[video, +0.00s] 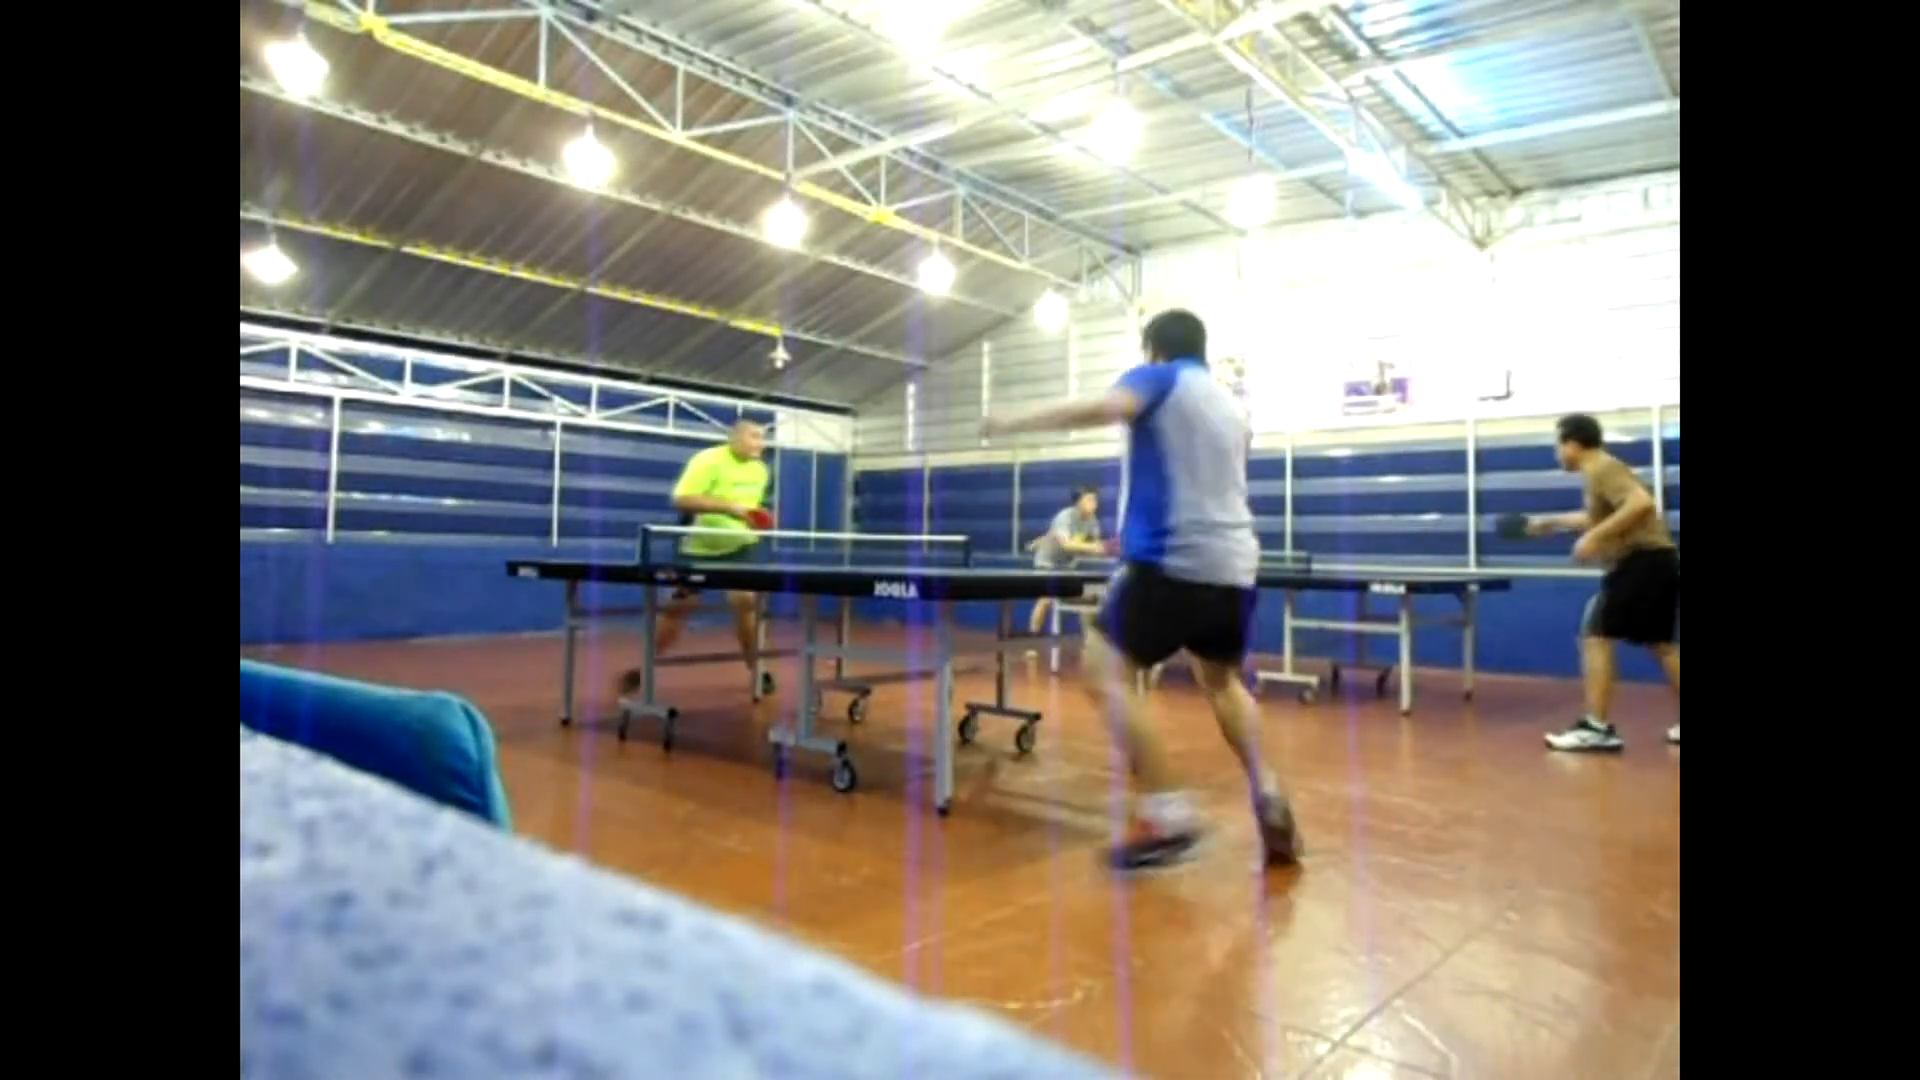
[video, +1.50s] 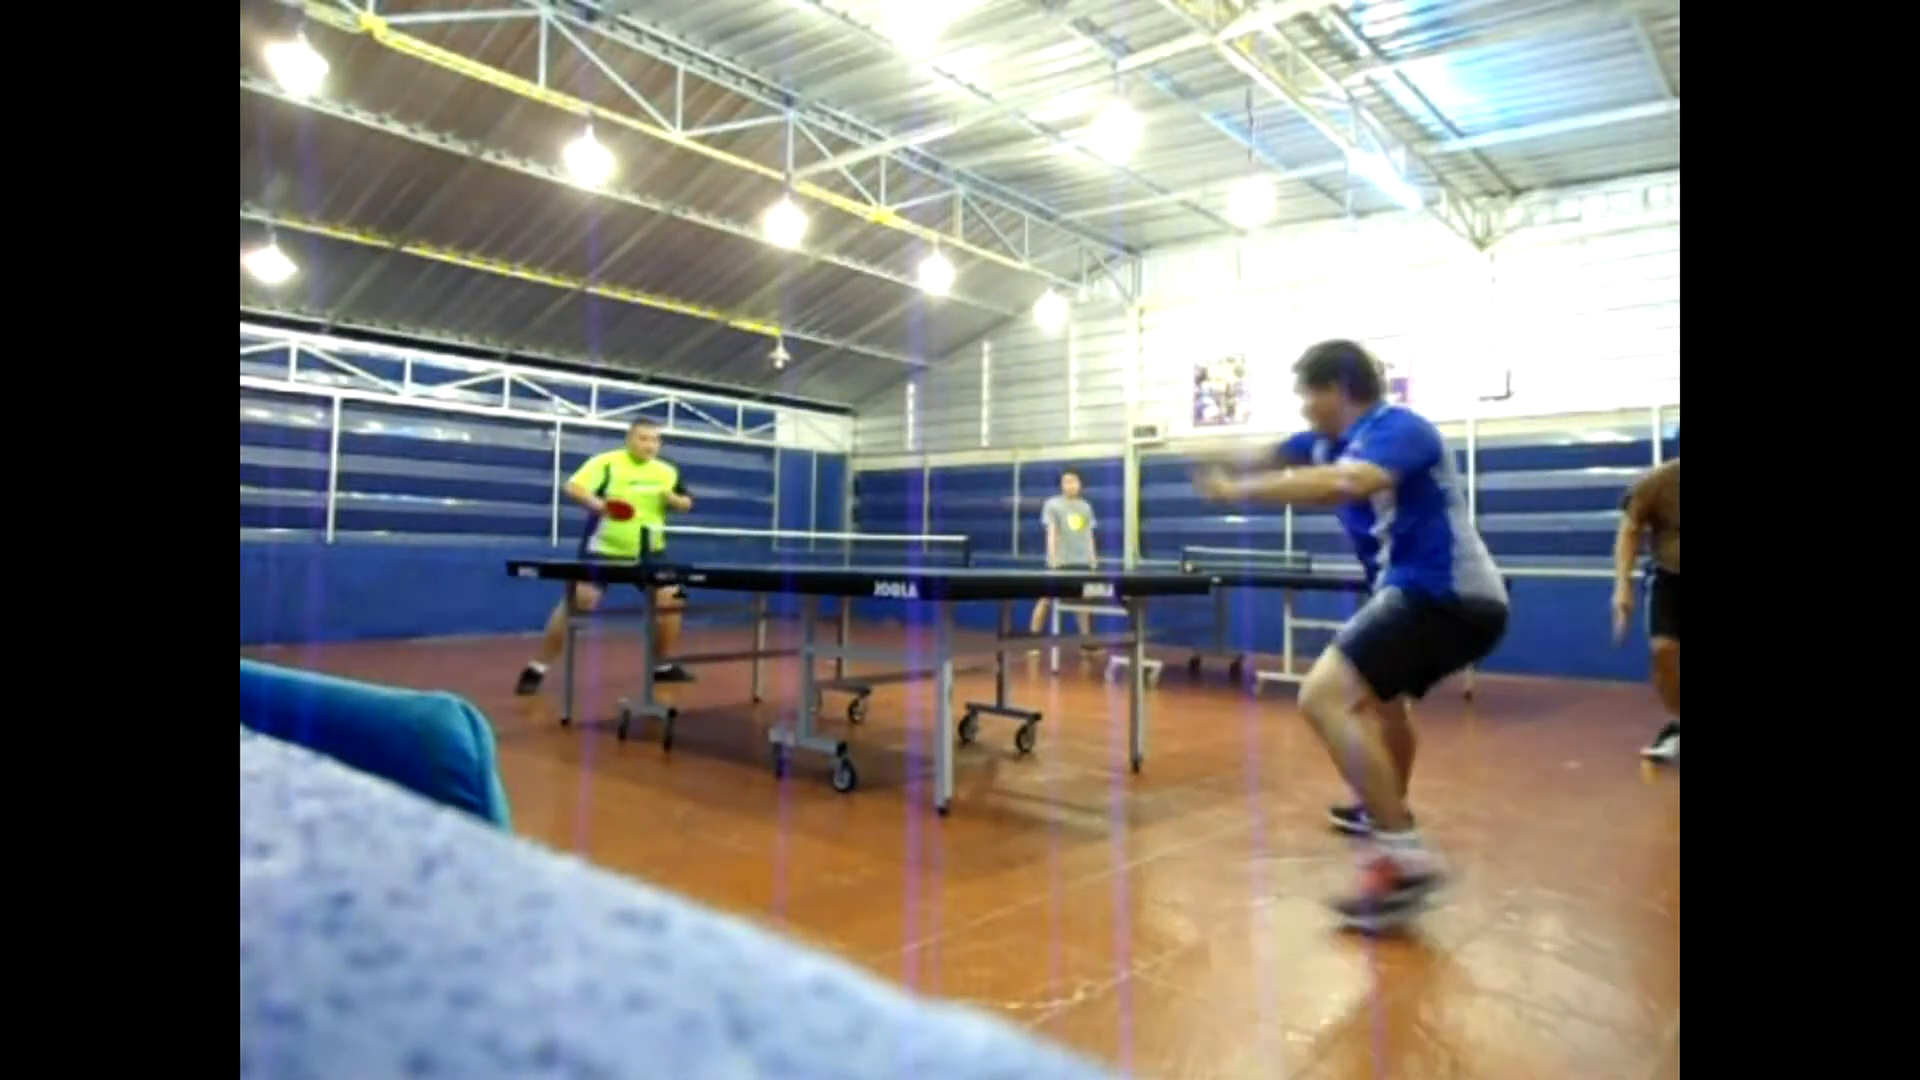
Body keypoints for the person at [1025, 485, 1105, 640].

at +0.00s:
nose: (1093, 505)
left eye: (1094, 500)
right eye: (1089, 500)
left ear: (1096, 502)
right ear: (1078, 501)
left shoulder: (1092, 520)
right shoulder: (1065, 516)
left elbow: (1097, 545)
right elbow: (1066, 544)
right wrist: (1094, 548)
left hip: (1070, 562)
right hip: (1047, 560)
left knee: (1078, 598)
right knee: (1046, 598)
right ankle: (1034, 635)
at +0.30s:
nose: (1098, 493)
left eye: (1100, 489)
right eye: (1094, 489)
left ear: (1101, 492)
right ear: (1083, 491)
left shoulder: (1094, 510)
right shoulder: (1072, 509)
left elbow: (1095, 531)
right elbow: (1078, 533)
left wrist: (1101, 551)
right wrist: (1106, 529)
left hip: (1078, 561)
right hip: (1056, 561)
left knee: (1089, 598)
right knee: (1048, 598)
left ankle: (1087, 638)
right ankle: (1033, 637)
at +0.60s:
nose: (1088, 486)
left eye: (1089, 482)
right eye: (1084, 482)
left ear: (1090, 486)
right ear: (1074, 484)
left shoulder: (1086, 507)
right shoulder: (1060, 503)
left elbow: (1084, 530)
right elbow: (1051, 531)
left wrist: (1089, 541)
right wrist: (1073, 540)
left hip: (1076, 561)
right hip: (1053, 560)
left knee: (1080, 599)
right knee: (1043, 598)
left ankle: (1086, 636)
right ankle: (1033, 634)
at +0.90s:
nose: (1079, 484)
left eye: (1081, 480)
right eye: (1075, 479)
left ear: (1083, 484)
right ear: (1065, 483)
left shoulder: (1082, 505)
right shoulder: (1052, 502)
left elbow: (1084, 529)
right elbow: (1039, 529)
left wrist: (1083, 545)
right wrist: (1063, 540)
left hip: (1076, 561)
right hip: (1053, 561)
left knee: (1080, 601)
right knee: (1043, 599)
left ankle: (1086, 639)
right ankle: (1033, 637)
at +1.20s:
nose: (1075, 485)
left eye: (1077, 481)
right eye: (1071, 481)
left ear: (1081, 485)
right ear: (1063, 485)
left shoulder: (1083, 507)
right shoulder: (1051, 504)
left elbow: (1087, 532)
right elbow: (1044, 533)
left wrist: (1090, 549)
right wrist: (1068, 543)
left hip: (1078, 561)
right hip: (1056, 562)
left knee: (1081, 601)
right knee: (1046, 598)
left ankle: (1086, 637)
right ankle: (1033, 634)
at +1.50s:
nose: (1070, 486)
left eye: (1073, 481)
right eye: (1067, 482)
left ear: (1080, 484)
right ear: (1061, 485)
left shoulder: (1085, 507)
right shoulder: (1052, 505)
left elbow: (1089, 535)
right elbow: (1051, 532)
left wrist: (1092, 559)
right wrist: (1052, 558)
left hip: (1082, 561)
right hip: (1060, 561)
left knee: (1083, 601)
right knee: (1046, 599)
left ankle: (1086, 637)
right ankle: (1034, 635)